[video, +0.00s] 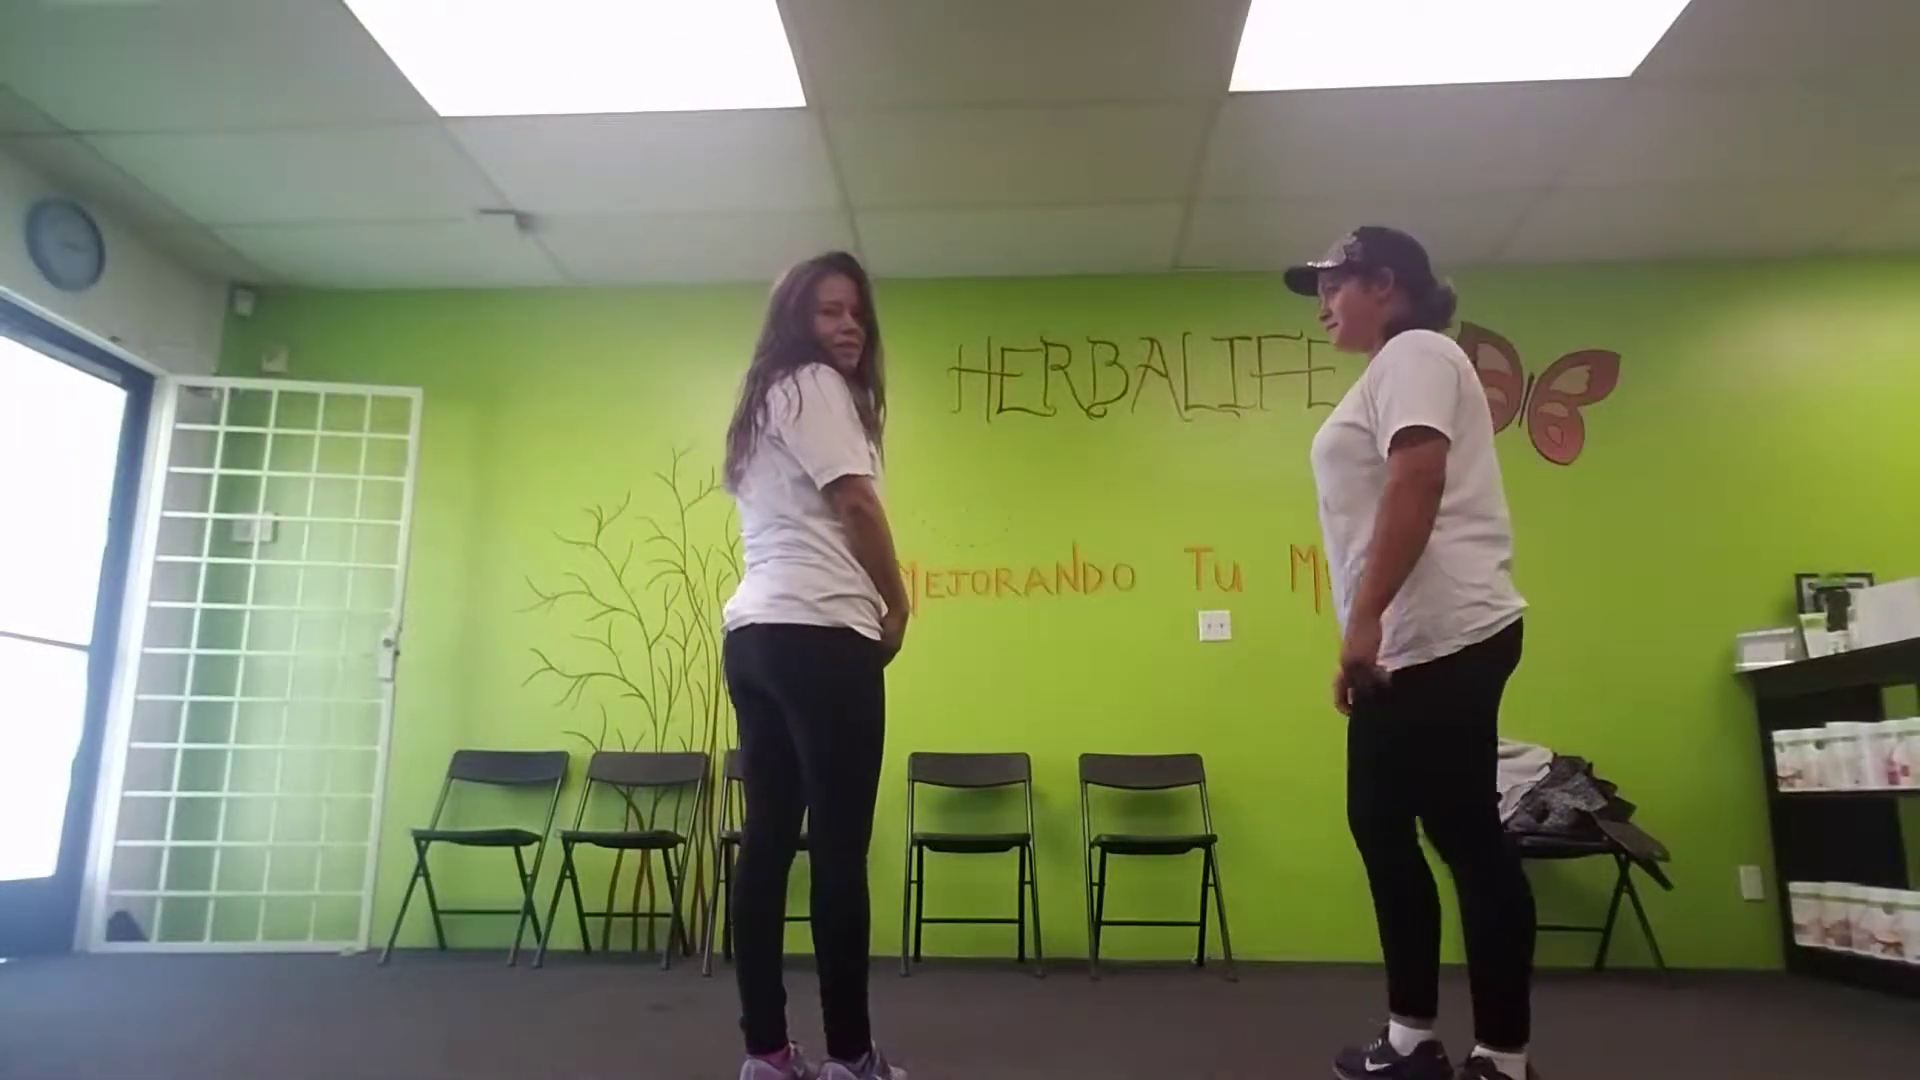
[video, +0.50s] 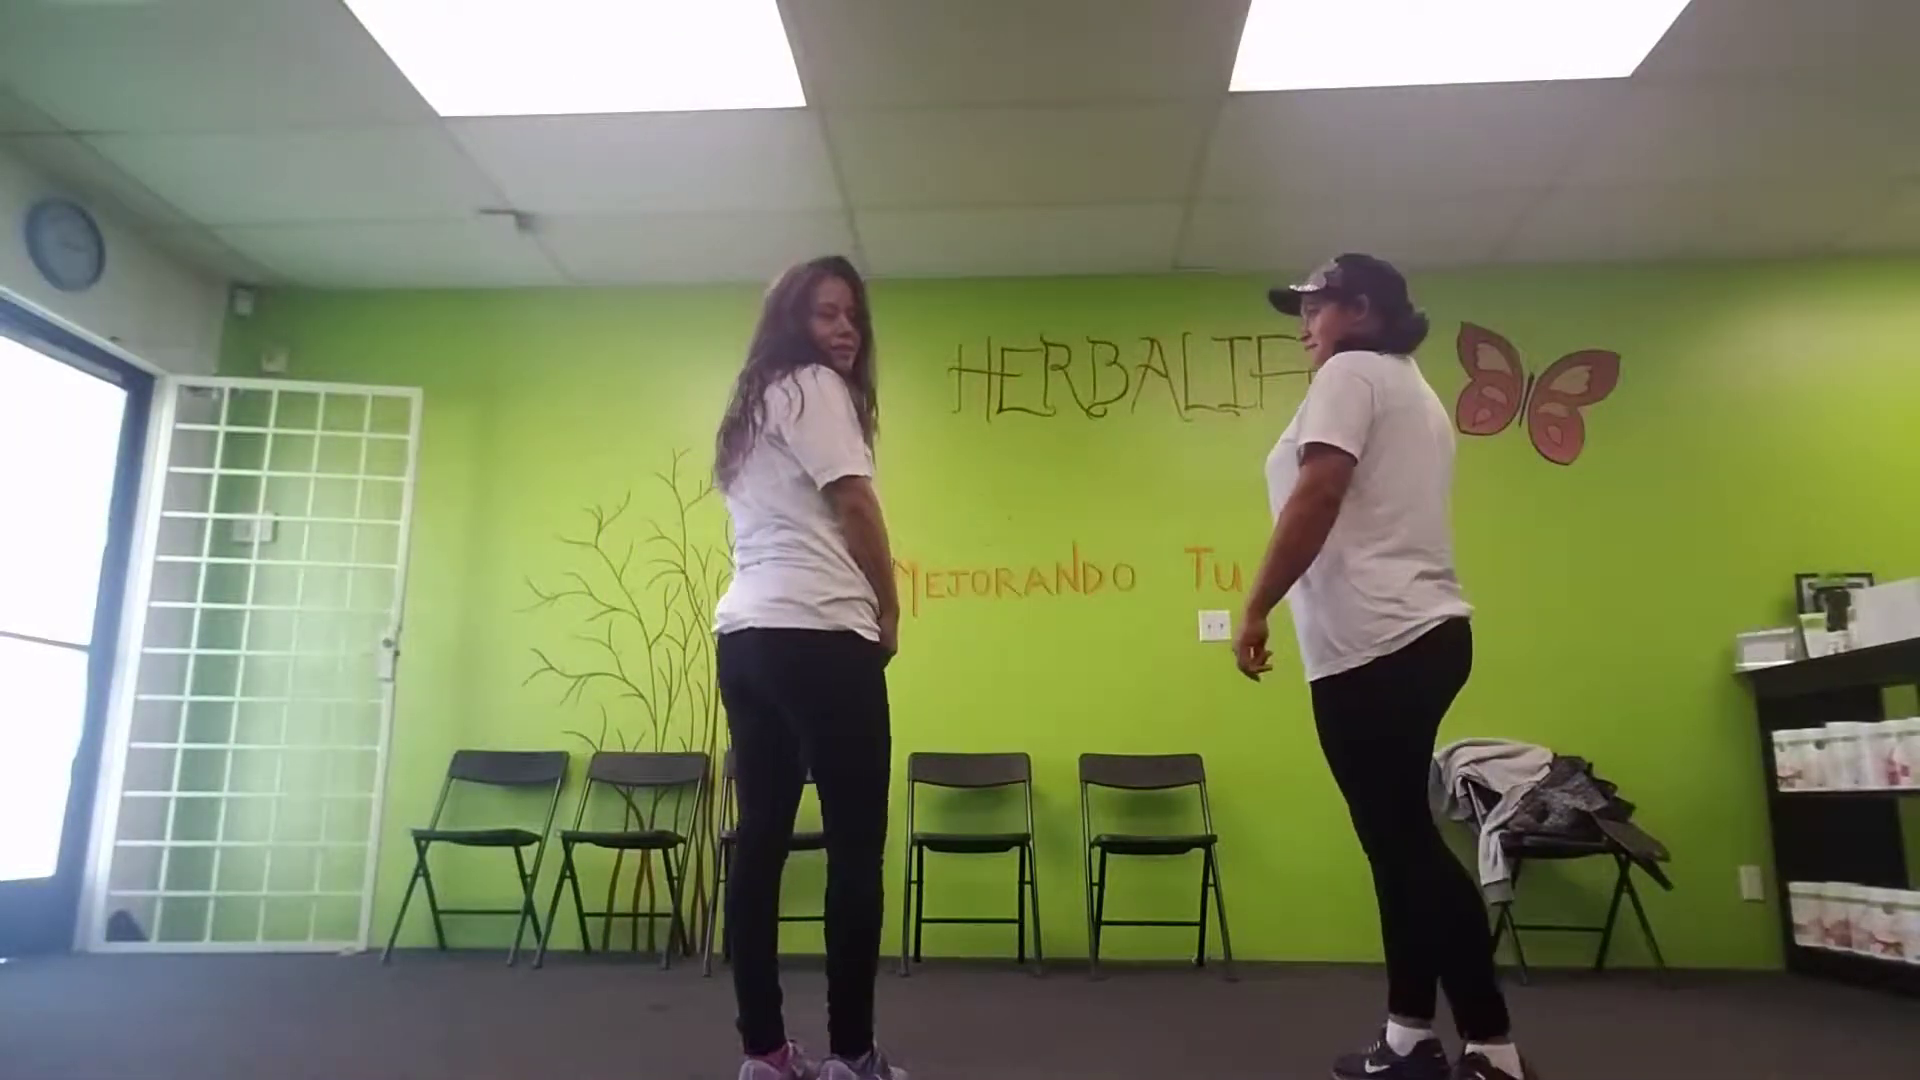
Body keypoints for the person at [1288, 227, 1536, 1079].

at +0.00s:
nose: (1322, 304)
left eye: (1333, 287)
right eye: (1322, 290)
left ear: (1384, 287)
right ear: (1381, 292)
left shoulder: (1415, 355)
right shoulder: (1396, 369)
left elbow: (1418, 484)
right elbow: (1396, 513)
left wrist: (1366, 613)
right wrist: (1358, 645)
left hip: (1446, 637)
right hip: (1402, 644)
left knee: (1468, 834)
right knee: (1380, 823)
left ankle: (1504, 1060)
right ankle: (1411, 1042)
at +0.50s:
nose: (1303, 324)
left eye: (1316, 308)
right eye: (1305, 309)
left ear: (1362, 312)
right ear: (1374, 320)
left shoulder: (1349, 374)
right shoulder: (1412, 389)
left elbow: (1319, 496)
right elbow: (1399, 516)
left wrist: (1256, 606)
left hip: (1373, 647)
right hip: (1419, 637)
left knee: (1403, 842)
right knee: (1396, 839)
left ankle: (1492, 1052)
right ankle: (1410, 1040)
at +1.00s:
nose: (1289, 347)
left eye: (1296, 332)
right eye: (1290, 333)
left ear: (1335, 331)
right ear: (1364, 337)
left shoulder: (1325, 381)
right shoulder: (1419, 419)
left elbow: (1300, 482)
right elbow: (1446, 557)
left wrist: (1224, 581)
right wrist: (1376, 605)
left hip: (1344, 645)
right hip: (1418, 640)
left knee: (1348, 835)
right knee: (1393, 836)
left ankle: (1473, 1027)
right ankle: (1414, 1033)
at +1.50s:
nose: (1264, 347)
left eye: (1271, 332)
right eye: (1265, 332)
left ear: (1304, 330)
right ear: (1348, 333)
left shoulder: (1264, 404)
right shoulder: (1413, 411)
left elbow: (1191, 520)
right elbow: (1430, 533)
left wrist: (1235, 463)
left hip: (1291, 651)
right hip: (1409, 646)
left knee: (1260, 844)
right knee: (1403, 840)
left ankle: (1250, 1044)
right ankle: (1415, 1046)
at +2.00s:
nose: (1197, 326)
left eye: (1204, 313)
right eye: (1199, 313)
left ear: (1226, 316)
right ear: (1282, 315)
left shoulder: (1177, 394)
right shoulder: (1341, 391)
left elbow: (1146, 504)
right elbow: (1350, 503)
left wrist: (1230, 467)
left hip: (1220, 647)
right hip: (1341, 637)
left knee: (1230, 844)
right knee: (1361, 828)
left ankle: (1234, 1050)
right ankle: (1412, 1033)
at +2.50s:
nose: (1238, 336)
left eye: (1242, 322)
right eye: (1239, 322)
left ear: (1273, 319)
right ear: (1322, 316)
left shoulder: (1240, 404)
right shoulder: (1398, 400)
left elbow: (1197, 497)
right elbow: (1384, 491)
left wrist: (1264, 437)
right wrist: (1286, 458)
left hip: (1274, 646)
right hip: (1395, 639)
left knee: (1245, 844)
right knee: (1394, 841)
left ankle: (1239, 1045)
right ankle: (1425, 1047)